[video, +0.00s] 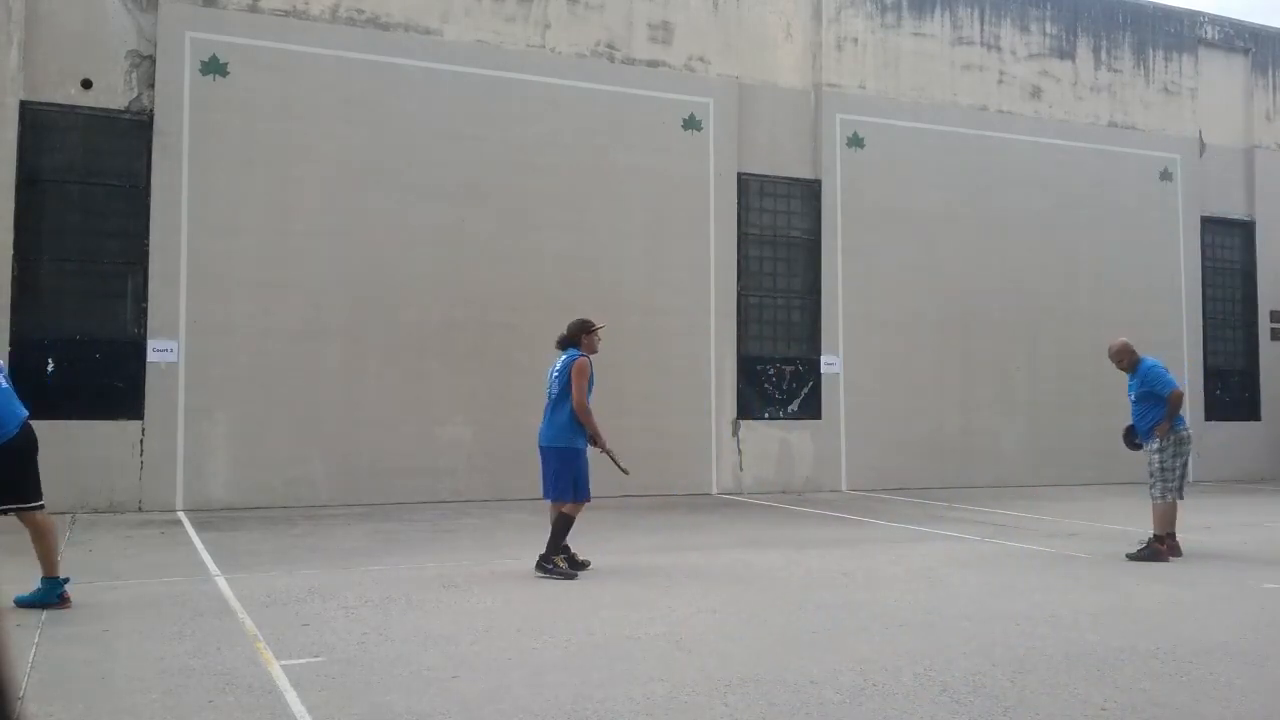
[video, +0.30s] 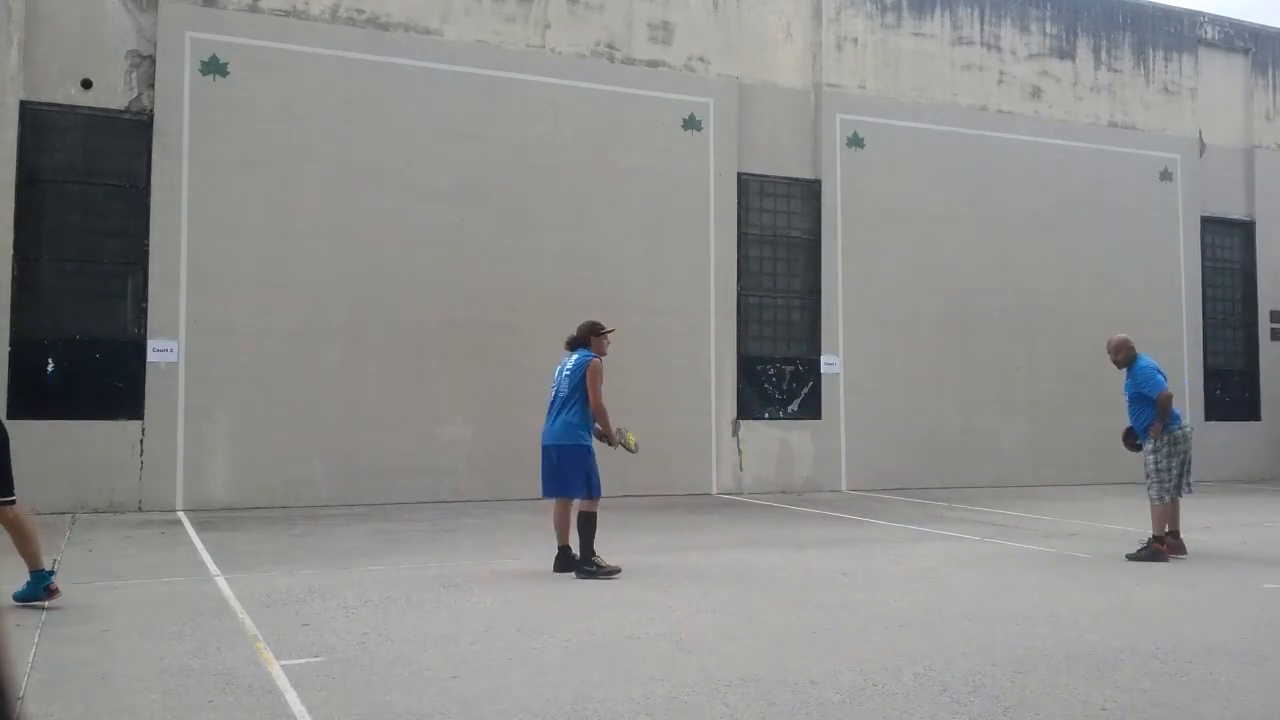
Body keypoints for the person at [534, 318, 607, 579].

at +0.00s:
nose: (599, 340)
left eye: (598, 336)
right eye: (596, 336)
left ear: (579, 339)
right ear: (584, 338)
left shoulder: (562, 361)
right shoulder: (581, 361)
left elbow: (567, 407)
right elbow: (580, 403)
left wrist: (589, 434)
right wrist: (596, 433)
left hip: (552, 439)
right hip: (567, 441)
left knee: (559, 497)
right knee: (578, 498)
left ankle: (561, 551)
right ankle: (549, 558)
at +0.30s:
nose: (608, 342)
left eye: (607, 338)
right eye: (605, 338)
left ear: (587, 341)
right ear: (592, 340)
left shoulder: (567, 361)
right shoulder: (593, 362)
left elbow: (573, 406)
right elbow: (597, 404)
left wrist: (596, 430)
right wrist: (609, 433)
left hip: (552, 440)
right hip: (574, 441)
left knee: (564, 496)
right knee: (590, 495)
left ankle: (563, 555)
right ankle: (587, 560)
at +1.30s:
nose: (636, 362)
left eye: (636, 357)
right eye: (633, 357)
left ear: (612, 355)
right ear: (622, 354)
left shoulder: (590, 371)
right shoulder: (619, 372)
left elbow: (600, 423)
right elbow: (622, 418)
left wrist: (634, 436)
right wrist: (645, 438)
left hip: (563, 440)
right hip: (586, 441)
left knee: (588, 496)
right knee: (613, 492)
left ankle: (582, 555)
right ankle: (600, 554)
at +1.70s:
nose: (644, 392)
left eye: (647, 389)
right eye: (645, 387)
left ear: (628, 371)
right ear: (641, 376)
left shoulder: (604, 381)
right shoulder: (633, 386)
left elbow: (599, 432)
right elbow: (628, 430)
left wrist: (629, 455)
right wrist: (629, 473)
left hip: (563, 441)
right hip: (588, 444)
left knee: (587, 498)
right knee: (610, 499)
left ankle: (582, 556)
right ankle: (602, 563)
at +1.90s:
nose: (650, 404)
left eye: (654, 401)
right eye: (652, 398)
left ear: (634, 383)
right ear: (647, 387)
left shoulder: (608, 390)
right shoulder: (635, 394)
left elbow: (605, 445)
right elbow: (627, 437)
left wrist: (628, 473)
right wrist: (629, 477)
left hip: (561, 442)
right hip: (584, 445)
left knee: (585, 497)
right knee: (609, 499)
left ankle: (583, 556)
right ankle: (602, 563)